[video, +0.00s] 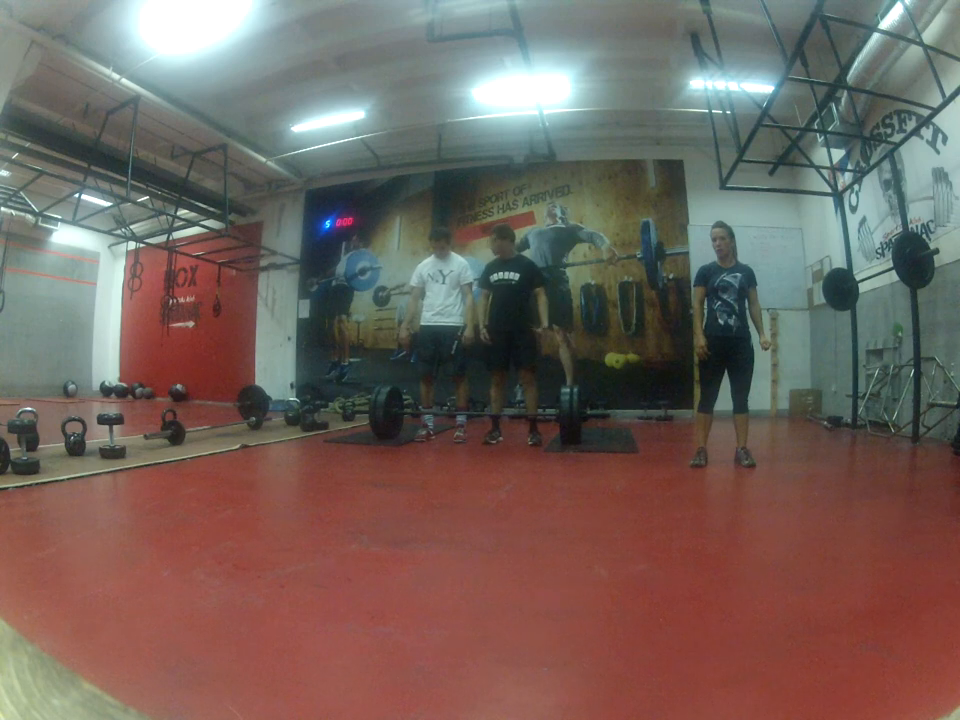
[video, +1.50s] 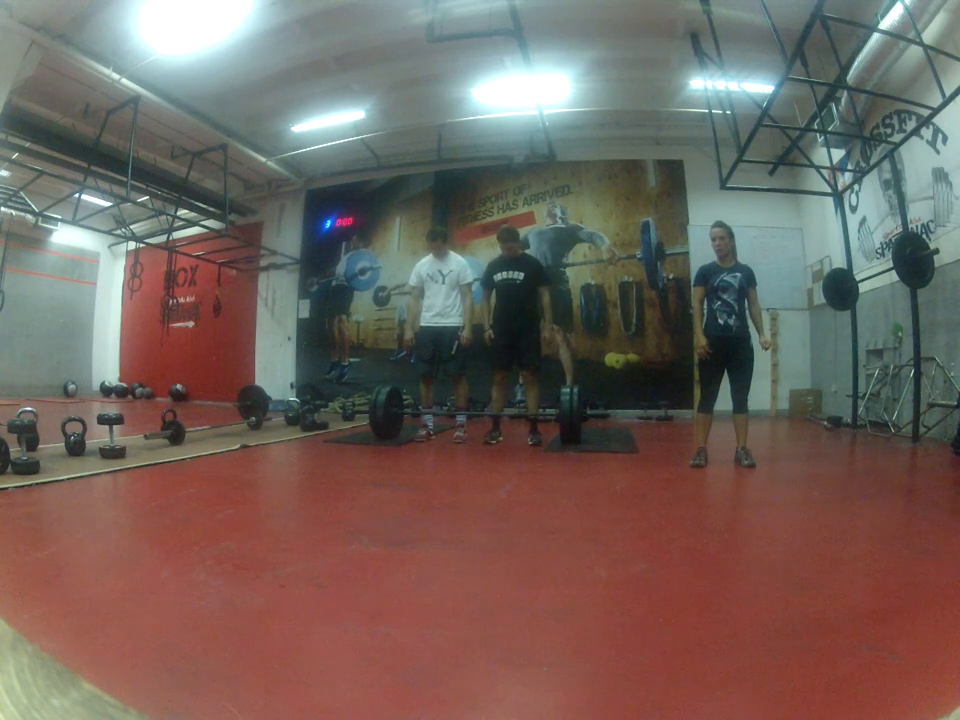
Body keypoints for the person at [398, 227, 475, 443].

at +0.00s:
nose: (439, 249)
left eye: (442, 245)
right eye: (435, 246)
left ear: (449, 243)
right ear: (431, 244)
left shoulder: (460, 264)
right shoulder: (423, 267)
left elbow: (469, 296)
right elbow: (414, 298)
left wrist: (470, 326)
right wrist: (405, 325)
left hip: (455, 328)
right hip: (428, 328)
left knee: (459, 376)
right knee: (426, 376)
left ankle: (461, 426)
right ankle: (427, 425)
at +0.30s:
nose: (437, 247)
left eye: (440, 243)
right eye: (434, 243)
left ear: (446, 242)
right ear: (429, 243)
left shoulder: (458, 263)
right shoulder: (420, 267)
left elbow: (468, 295)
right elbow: (413, 299)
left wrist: (470, 325)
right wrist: (405, 327)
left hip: (453, 327)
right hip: (426, 328)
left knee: (458, 375)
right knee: (425, 376)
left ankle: (461, 425)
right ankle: (427, 426)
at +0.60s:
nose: (436, 248)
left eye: (439, 244)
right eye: (433, 245)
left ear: (446, 242)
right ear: (428, 244)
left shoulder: (458, 263)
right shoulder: (420, 267)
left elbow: (467, 296)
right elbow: (413, 299)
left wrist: (468, 327)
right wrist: (407, 328)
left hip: (454, 328)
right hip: (426, 328)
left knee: (459, 376)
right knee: (426, 377)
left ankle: (461, 425)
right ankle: (427, 426)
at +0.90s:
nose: (436, 250)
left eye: (439, 246)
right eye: (433, 247)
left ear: (446, 243)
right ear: (428, 244)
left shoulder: (459, 263)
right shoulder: (421, 267)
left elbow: (467, 296)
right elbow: (413, 299)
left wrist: (469, 327)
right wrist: (408, 328)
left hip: (454, 328)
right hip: (426, 328)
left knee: (459, 377)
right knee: (425, 377)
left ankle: (461, 426)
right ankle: (427, 425)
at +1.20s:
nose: (436, 247)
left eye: (439, 243)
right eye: (433, 243)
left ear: (446, 242)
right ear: (429, 242)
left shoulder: (459, 263)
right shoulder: (421, 266)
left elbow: (468, 296)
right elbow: (414, 299)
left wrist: (468, 326)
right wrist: (409, 327)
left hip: (453, 328)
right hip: (426, 328)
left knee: (458, 376)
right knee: (425, 377)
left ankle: (461, 425)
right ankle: (427, 425)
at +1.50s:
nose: (436, 250)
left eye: (439, 246)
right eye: (433, 246)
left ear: (446, 243)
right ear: (428, 244)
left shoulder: (459, 263)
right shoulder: (421, 266)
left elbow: (467, 296)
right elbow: (414, 299)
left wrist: (467, 327)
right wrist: (409, 328)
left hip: (454, 328)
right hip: (426, 328)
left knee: (458, 376)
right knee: (426, 376)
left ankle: (461, 425)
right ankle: (427, 425)